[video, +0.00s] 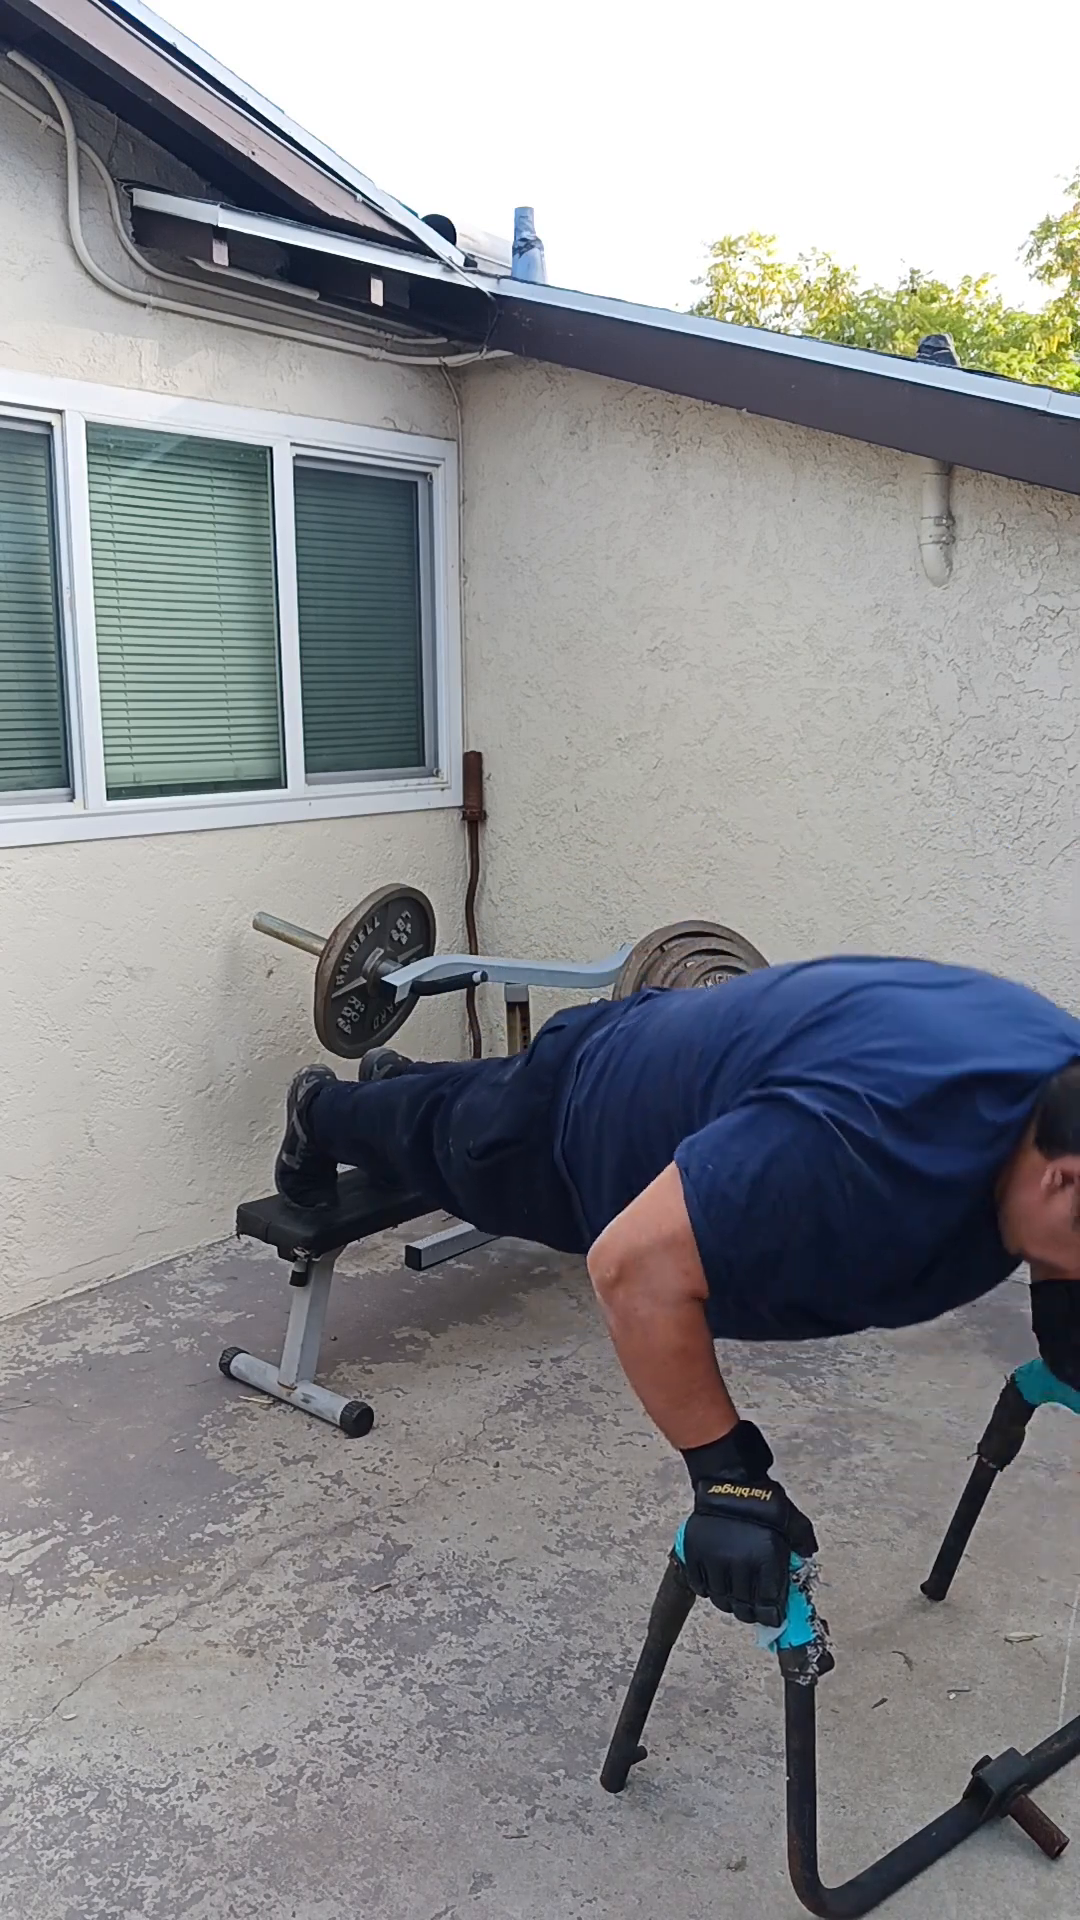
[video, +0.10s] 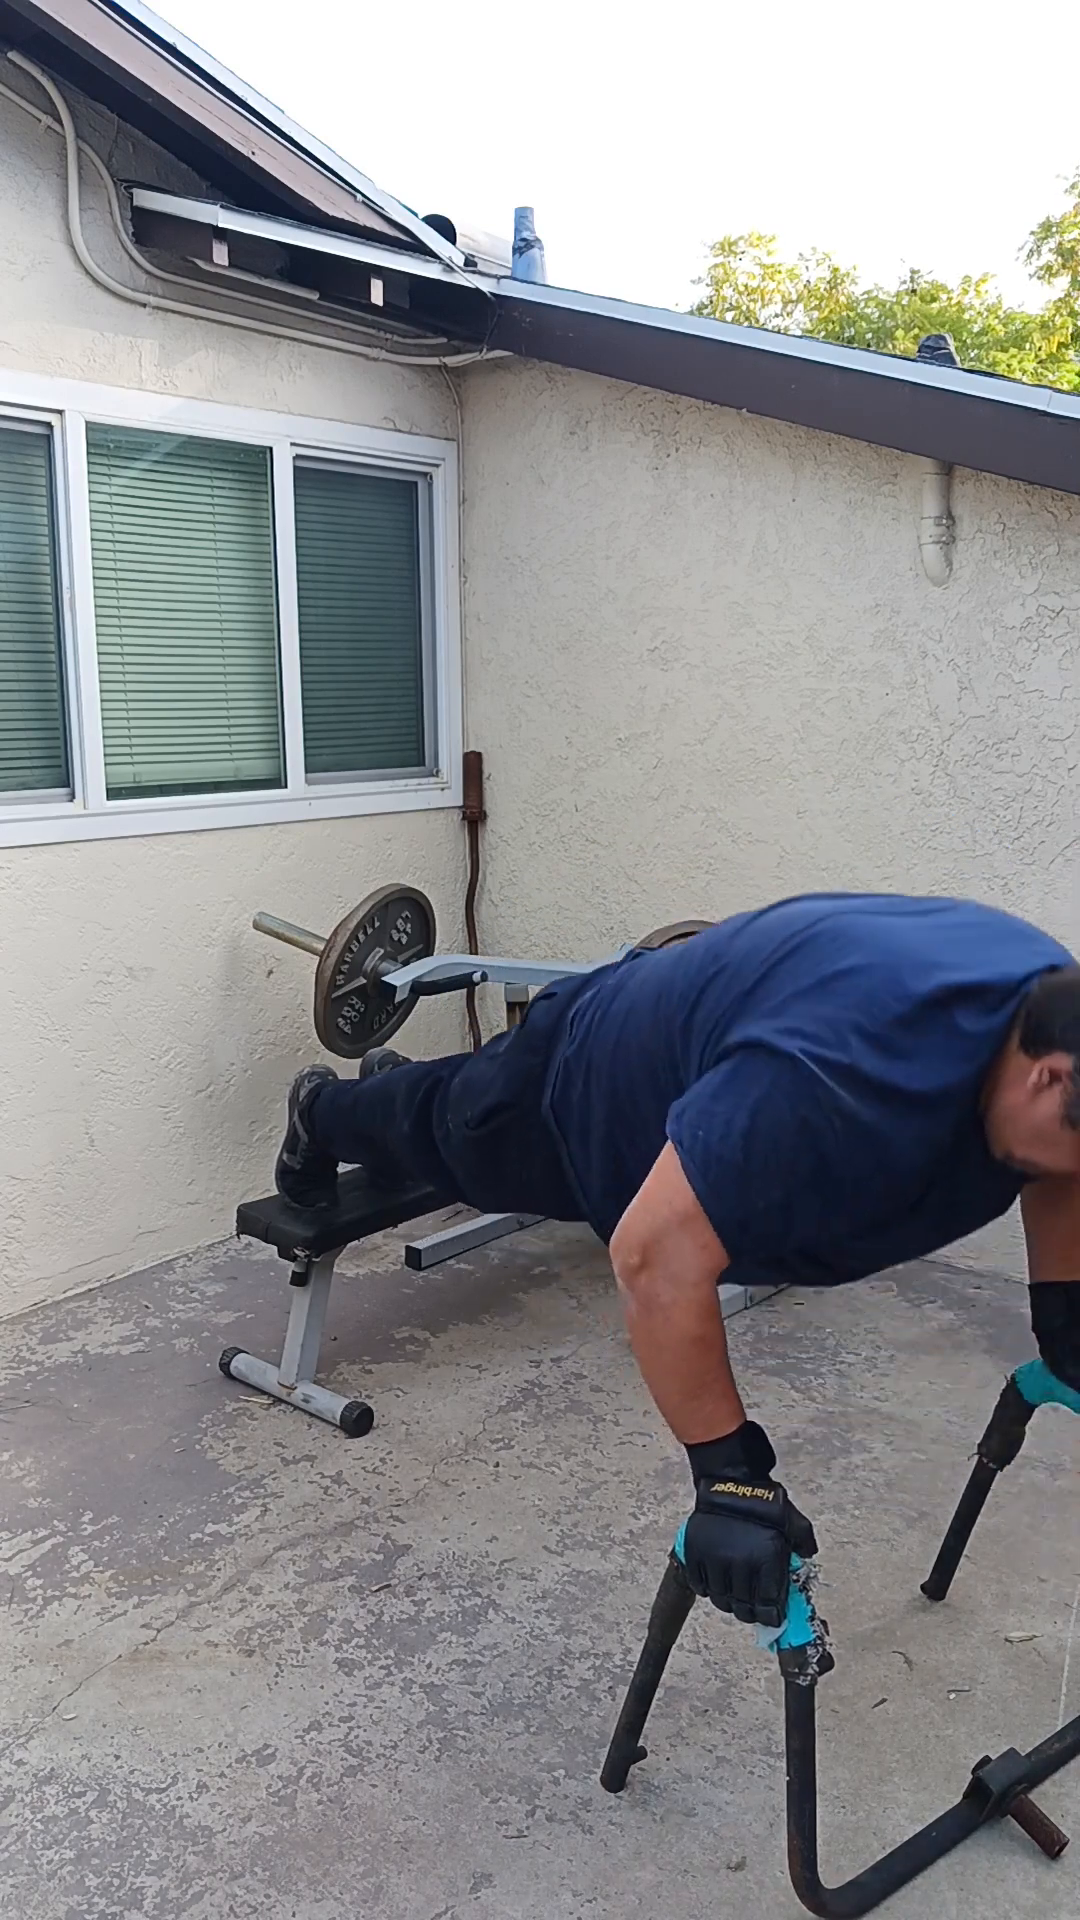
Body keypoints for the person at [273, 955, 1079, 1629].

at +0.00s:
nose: (1062, 1266)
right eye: (1074, 1240)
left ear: (1064, 1170)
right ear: (1055, 1179)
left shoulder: (1059, 1082)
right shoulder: (840, 1148)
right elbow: (633, 1269)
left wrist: (1059, 1324)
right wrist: (729, 1474)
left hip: (730, 1019)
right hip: (605, 1094)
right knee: (451, 1125)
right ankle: (324, 1115)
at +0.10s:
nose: (1054, 1173)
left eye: (1072, 1164)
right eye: (1064, 1147)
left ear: (1057, 1073)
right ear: (1040, 1078)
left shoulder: (1050, 1008)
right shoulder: (826, 1081)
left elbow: (1057, 1175)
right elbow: (655, 1259)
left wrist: (1059, 1318)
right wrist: (731, 1475)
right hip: (604, 1065)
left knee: (512, 1118)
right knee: (449, 1114)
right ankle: (324, 1112)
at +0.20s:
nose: (1059, 1095)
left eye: (1072, 1084)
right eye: (1064, 1072)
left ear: (1040, 987)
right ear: (1031, 995)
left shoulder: (1042, 968)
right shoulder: (820, 1018)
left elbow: (1051, 1150)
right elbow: (692, 1238)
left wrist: (1060, 1321)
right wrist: (736, 1478)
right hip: (608, 1039)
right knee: (450, 1098)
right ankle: (322, 1117)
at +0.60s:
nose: (1055, 1027)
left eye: (1072, 1011)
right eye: (1056, 997)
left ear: (1022, 921)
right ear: (1012, 923)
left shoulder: (1021, 957)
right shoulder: (818, 975)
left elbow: (1040, 1153)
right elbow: (736, 1223)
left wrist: (1060, 1327)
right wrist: (741, 1472)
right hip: (605, 994)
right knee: (450, 1082)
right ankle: (320, 1112)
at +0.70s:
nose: (1055, 1028)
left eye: (1072, 1012)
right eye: (1058, 998)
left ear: (1028, 923)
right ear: (1017, 924)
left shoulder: (1024, 960)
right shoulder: (820, 977)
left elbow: (1043, 1150)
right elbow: (732, 1224)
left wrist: (1060, 1325)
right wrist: (741, 1472)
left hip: (745, 1015)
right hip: (608, 1002)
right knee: (453, 1085)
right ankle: (322, 1113)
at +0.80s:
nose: (1055, 1047)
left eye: (1073, 1031)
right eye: (1062, 1018)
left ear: (1039, 948)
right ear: (1023, 946)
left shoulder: (1028, 963)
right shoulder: (817, 992)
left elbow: (1046, 1150)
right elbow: (712, 1227)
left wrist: (1059, 1323)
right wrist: (740, 1475)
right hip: (599, 1015)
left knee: (520, 1113)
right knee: (444, 1085)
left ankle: (419, 1135)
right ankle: (320, 1113)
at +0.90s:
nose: (1061, 1108)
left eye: (1073, 1097)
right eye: (1065, 1086)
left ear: (1044, 1003)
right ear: (1034, 1012)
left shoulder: (1036, 966)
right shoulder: (823, 1036)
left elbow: (1047, 1147)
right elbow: (683, 1235)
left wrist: (1059, 1321)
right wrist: (736, 1476)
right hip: (602, 1031)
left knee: (514, 1101)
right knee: (442, 1091)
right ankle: (318, 1113)